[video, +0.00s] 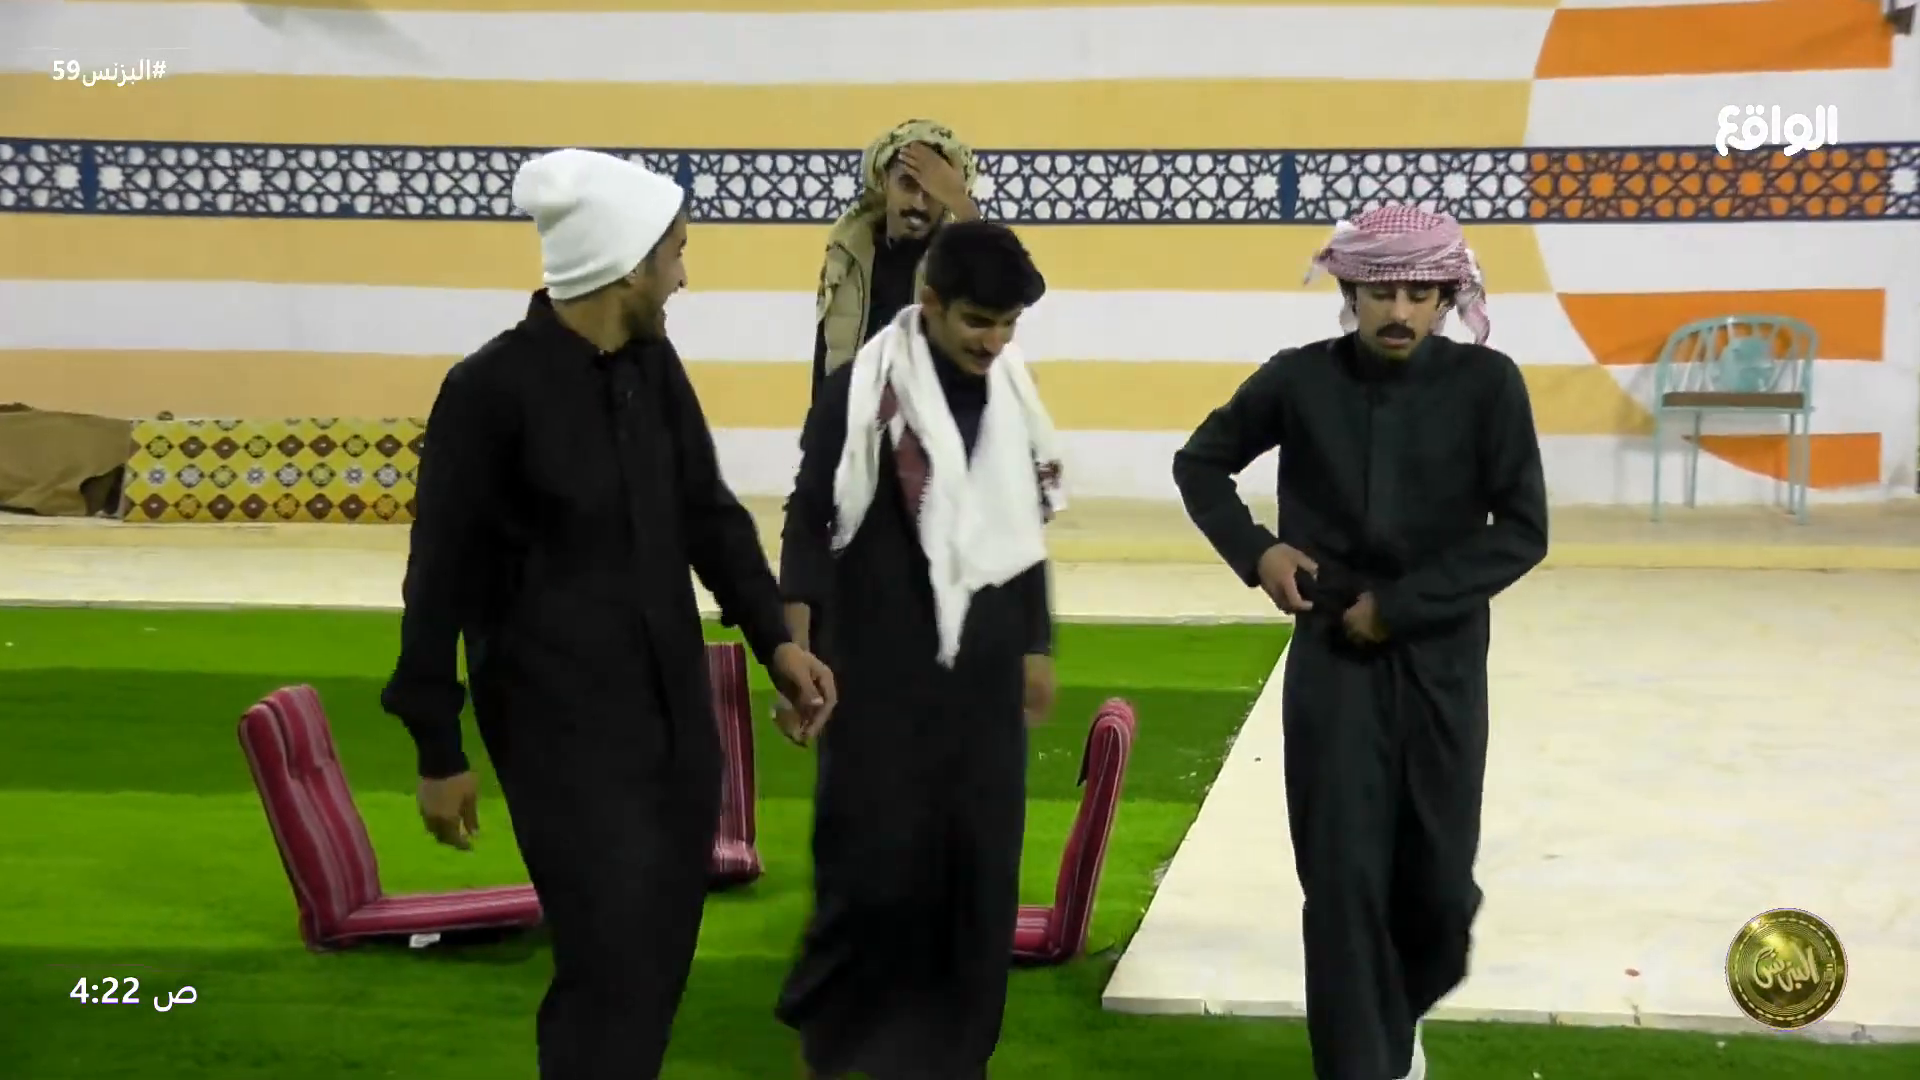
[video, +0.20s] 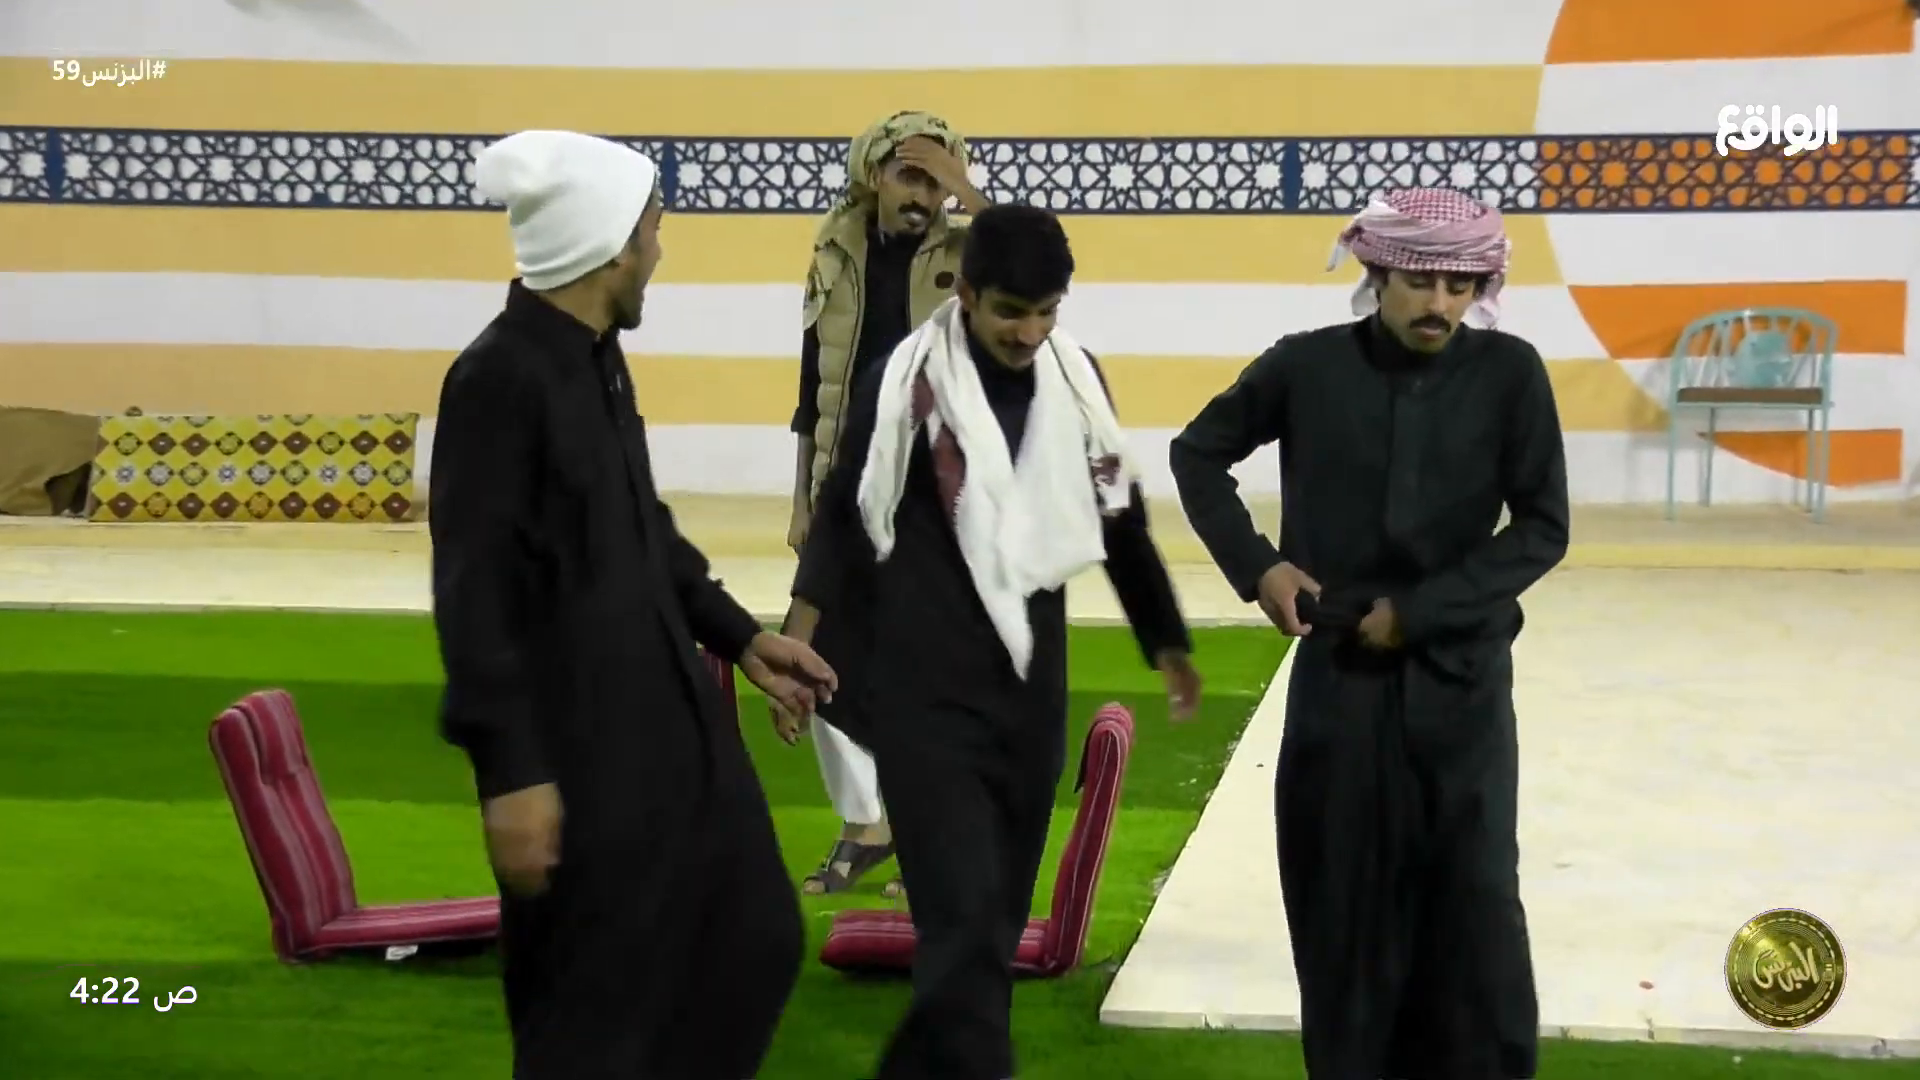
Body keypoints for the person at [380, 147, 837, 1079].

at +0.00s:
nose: (683, 276)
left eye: (681, 253)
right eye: (671, 254)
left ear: (615, 264)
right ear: (615, 263)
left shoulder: (651, 366)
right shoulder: (489, 390)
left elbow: (708, 511)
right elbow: (435, 579)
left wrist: (777, 638)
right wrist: (438, 752)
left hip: (673, 720)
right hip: (560, 731)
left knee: (660, 969)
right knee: (607, 974)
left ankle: (620, 1073)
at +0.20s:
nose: (663, 237)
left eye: (657, 218)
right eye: (651, 221)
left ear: (592, 247)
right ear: (610, 246)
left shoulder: (596, 363)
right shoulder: (495, 379)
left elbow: (643, 531)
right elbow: (471, 591)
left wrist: (746, 640)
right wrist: (510, 771)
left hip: (674, 734)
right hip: (580, 749)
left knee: (755, 946)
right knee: (592, 1009)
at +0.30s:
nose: (654, 237)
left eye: (650, 216)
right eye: (645, 218)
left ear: (582, 238)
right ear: (606, 237)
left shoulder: (573, 362)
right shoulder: (504, 372)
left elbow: (627, 554)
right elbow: (538, 590)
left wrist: (733, 646)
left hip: (650, 735)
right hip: (565, 767)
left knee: (787, 945)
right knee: (596, 1012)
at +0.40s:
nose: (661, 238)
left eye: (656, 214)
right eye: (651, 216)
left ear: (590, 240)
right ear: (608, 237)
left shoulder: (578, 363)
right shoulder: (517, 374)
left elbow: (639, 566)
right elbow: (581, 592)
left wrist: (742, 646)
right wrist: (731, 672)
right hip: (575, 805)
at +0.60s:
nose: (715, 254)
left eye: (710, 229)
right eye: (704, 228)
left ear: (639, 250)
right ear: (658, 245)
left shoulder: (655, 372)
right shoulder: (552, 387)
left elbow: (693, 546)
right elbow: (635, 592)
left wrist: (850, 603)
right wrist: (840, 605)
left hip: (691, 799)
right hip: (593, 817)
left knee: (736, 1030)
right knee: (598, 1042)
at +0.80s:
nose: (818, 268)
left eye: (816, 238)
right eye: (802, 239)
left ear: (738, 253)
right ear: (732, 250)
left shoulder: (787, 383)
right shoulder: (598, 394)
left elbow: (829, 567)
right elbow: (654, 617)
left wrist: (931, 610)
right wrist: (861, 660)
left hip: (799, 849)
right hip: (650, 857)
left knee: (803, 1059)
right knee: (654, 1059)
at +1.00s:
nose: (859, 234)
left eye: (851, 204)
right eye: (830, 207)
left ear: (765, 238)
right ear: (751, 236)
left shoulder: (862, 362)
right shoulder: (636, 389)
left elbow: (911, 554)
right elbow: (619, 616)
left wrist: (991, 588)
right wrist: (821, 694)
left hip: (871, 825)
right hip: (714, 837)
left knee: (863, 1055)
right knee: (756, 1057)